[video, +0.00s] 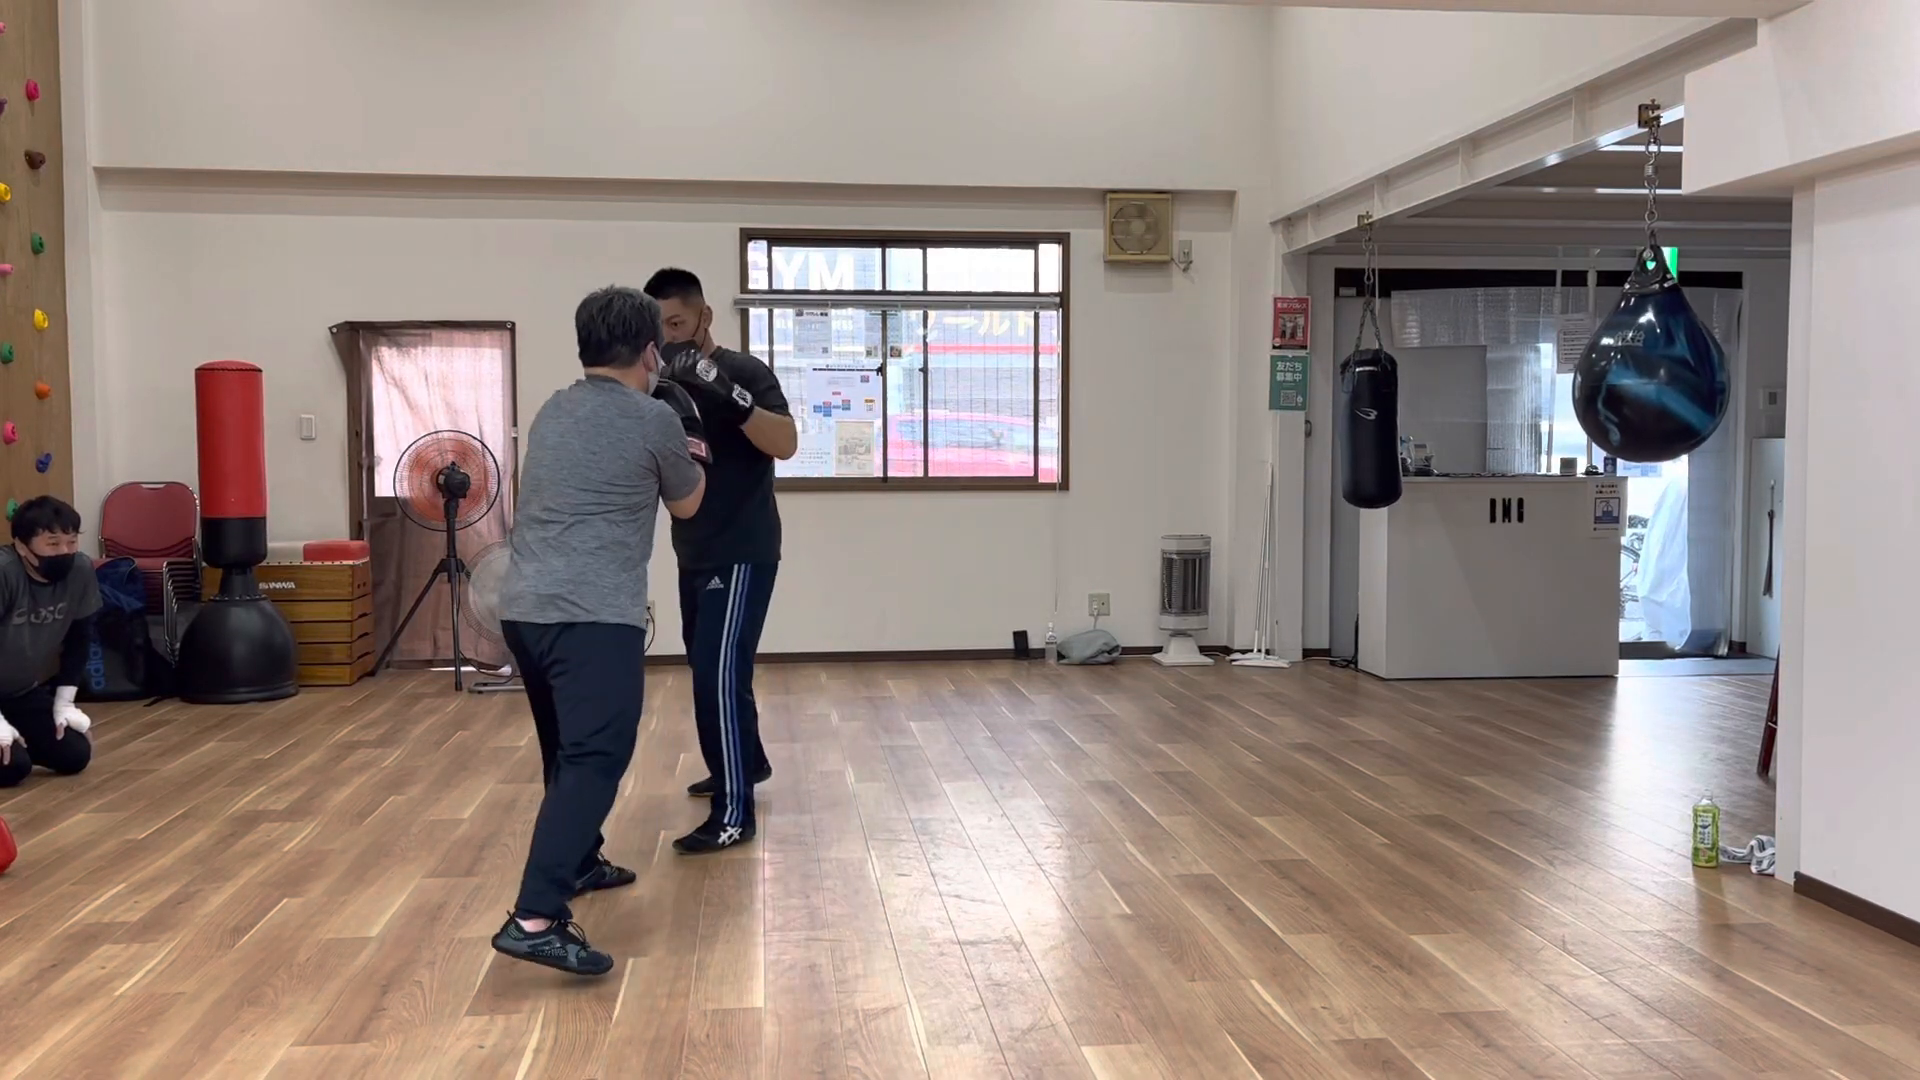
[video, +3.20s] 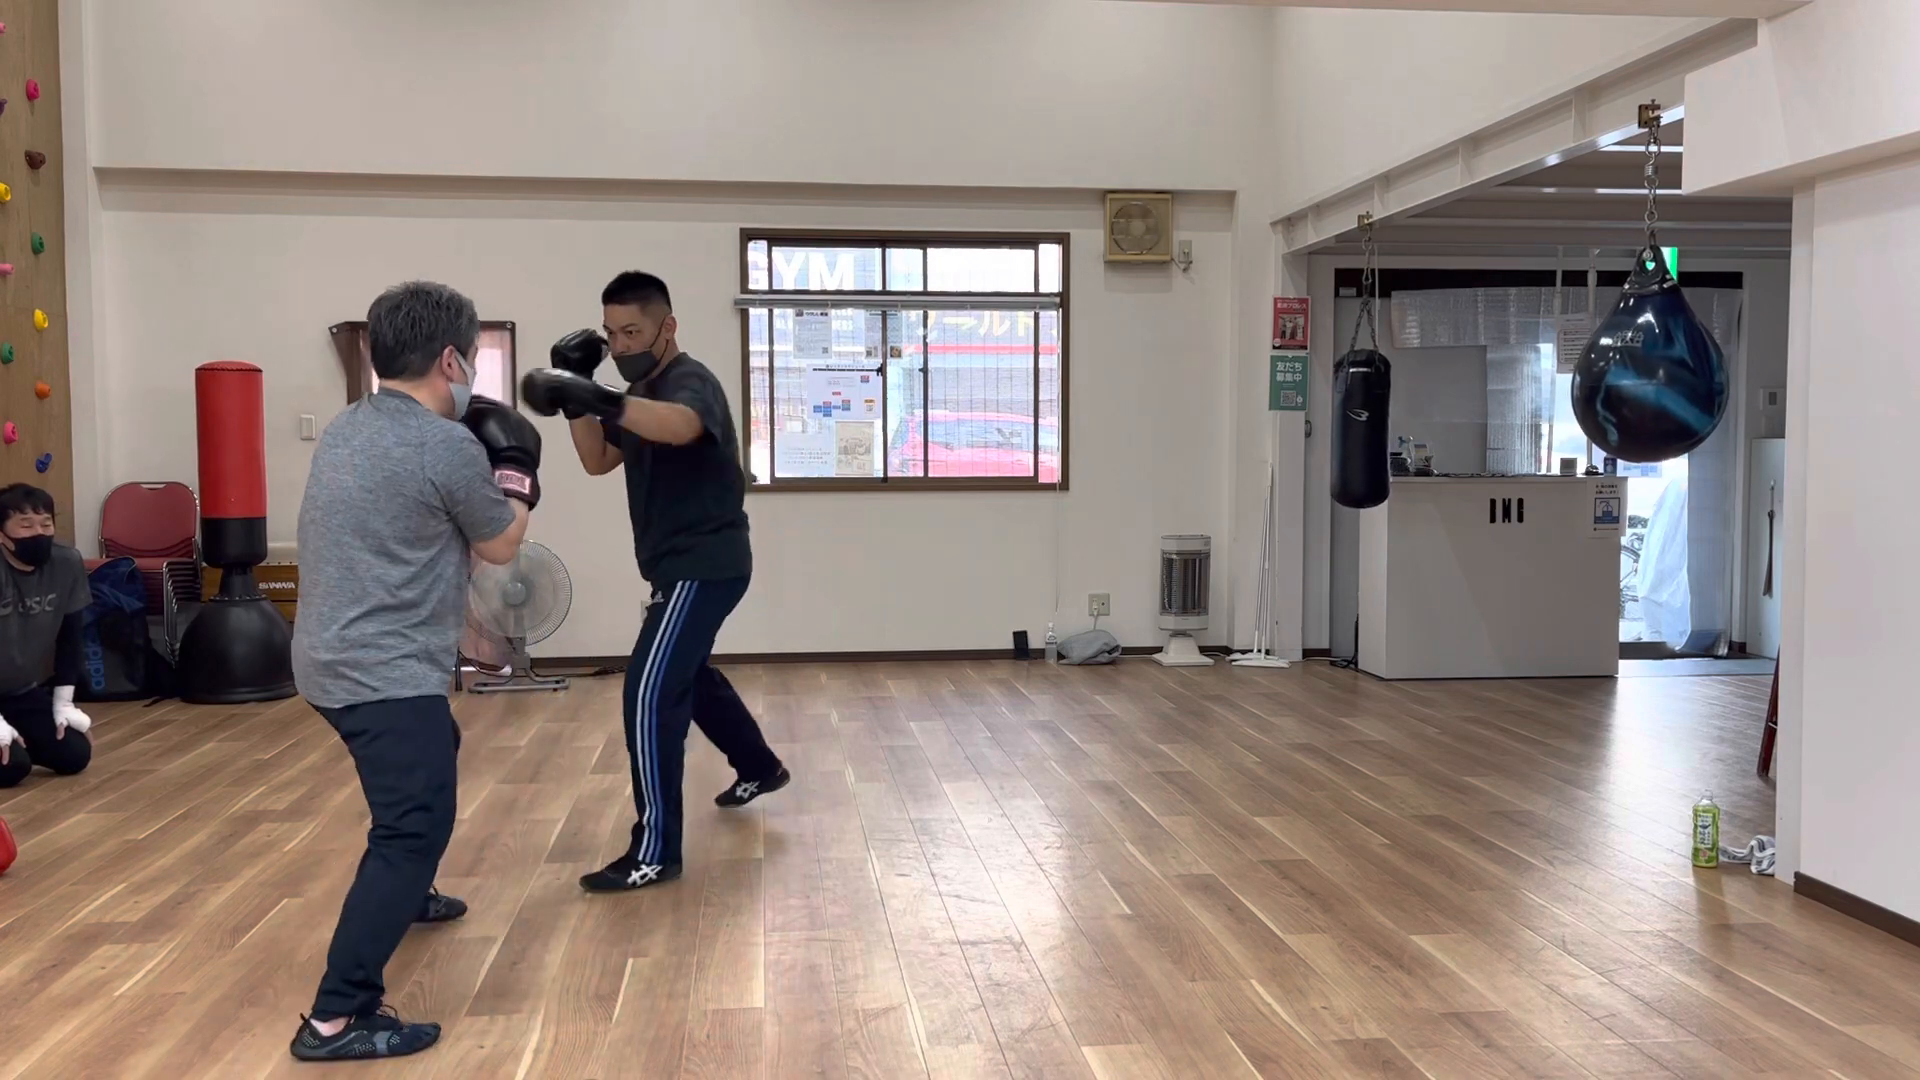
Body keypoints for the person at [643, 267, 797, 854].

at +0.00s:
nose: (671, 334)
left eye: (681, 322)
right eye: (662, 325)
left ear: (707, 316)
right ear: (654, 328)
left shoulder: (745, 371)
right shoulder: (660, 382)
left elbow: (785, 443)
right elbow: (644, 458)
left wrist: (724, 391)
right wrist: (657, 403)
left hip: (742, 547)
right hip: (695, 548)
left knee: (722, 673)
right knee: (708, 666)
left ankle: (734, 817)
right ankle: (743, 763)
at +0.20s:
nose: (669, 335)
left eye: (679, 323)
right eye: (660, 327)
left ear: (707, 318)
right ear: (651, 329)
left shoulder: (730, 366)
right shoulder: (662, 375)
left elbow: (749, 404)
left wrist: (679, 373)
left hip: (741, 546)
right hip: (705, 546)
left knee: (712, 674)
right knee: (714, 665)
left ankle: (733, 817)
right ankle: (741, 765)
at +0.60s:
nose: (677, 378)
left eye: (684, 365)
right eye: (667, 370)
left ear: (713, 359)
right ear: (662, 373)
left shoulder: (755, 409)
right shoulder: (677, 414)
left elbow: (794, 487)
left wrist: (739, 440)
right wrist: (640, 407)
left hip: (766, 566)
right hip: (719, 569)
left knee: (713, 671)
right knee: (726, 672)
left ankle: (731, 817)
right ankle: (796, 764)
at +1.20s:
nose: (668, 358)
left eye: (674, 346)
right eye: (661, 349)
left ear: (706, 342)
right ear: (655, 352)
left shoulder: (752, 389)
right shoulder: (690, 401)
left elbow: (711, 434)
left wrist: (697, 368)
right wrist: (646, 398)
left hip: (769, 562)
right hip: (732, 562)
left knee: (726, 682)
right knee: (729, 674)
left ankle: (748, 833)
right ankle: (788, 780)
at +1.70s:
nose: (646, 379)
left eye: (652, 363)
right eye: (637, 370)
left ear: (684, 350)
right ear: (632, 373)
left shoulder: (728, 396)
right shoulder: (676, 418)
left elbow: (770, 456)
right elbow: (670, 500)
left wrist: (696, 469)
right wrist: (648, 472)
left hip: (772, 563)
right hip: (746, 566)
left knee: (718, 687)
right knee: (761, 679)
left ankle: (730, 846)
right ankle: (791, 785)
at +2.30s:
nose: (644, 366)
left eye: (652, 353)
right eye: (636, 359)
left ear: (687, 346)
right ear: (633, 364)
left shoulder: (722, 384)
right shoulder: (670, 418)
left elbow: (773, 418)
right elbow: (669, 503)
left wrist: (694, 411)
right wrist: (630, 448)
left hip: (777, 555)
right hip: (745, 562)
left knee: (736, 680)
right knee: (756, 673)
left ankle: (731, 842)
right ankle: (792, 783)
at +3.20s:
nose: (618, 345)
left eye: (629, 331)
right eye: (610, 334)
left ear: (666, 327)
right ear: (608, 334)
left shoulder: (691, 379)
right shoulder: (639, 396)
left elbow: (679, 425)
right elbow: (597, 460)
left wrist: (595, 400)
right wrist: (580, 389)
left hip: (704, 564)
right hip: (676, 566)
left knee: (648, 692)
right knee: (687, 674)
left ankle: (656, 854)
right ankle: (760, 767)